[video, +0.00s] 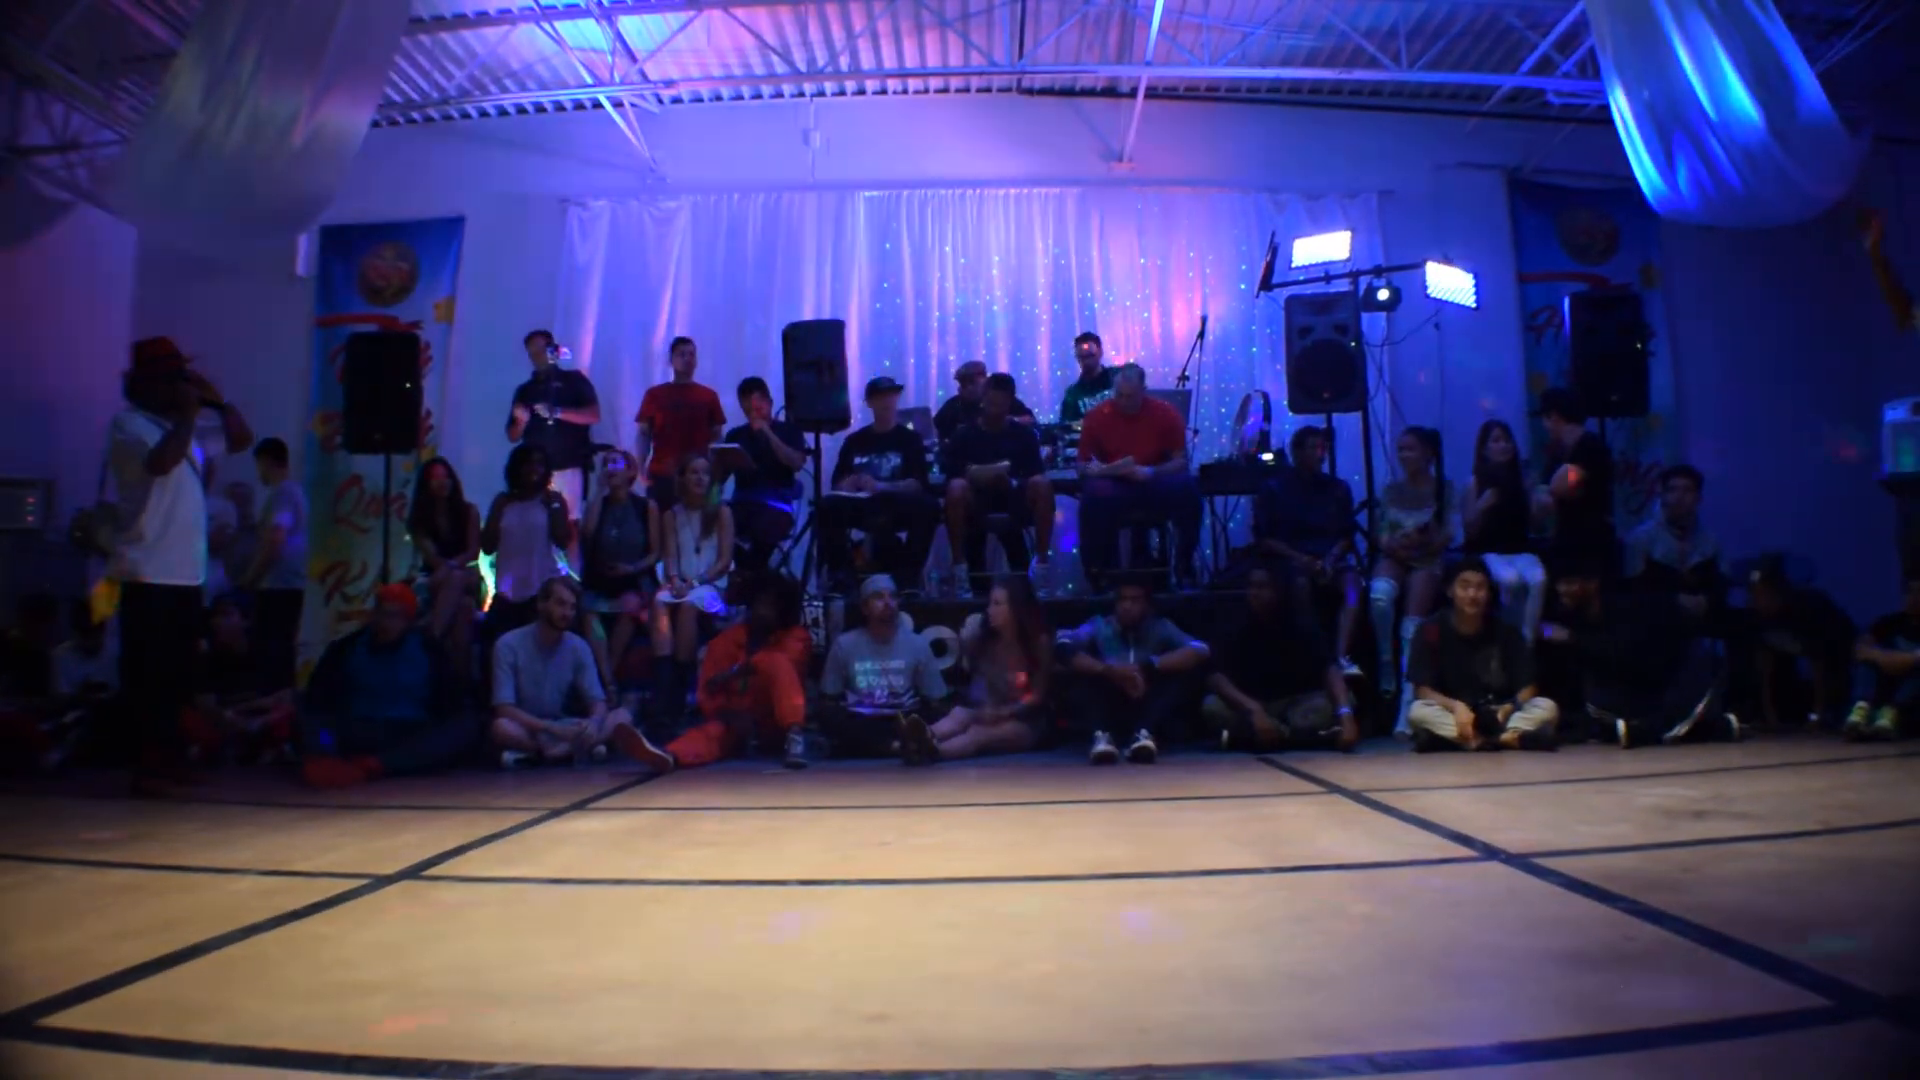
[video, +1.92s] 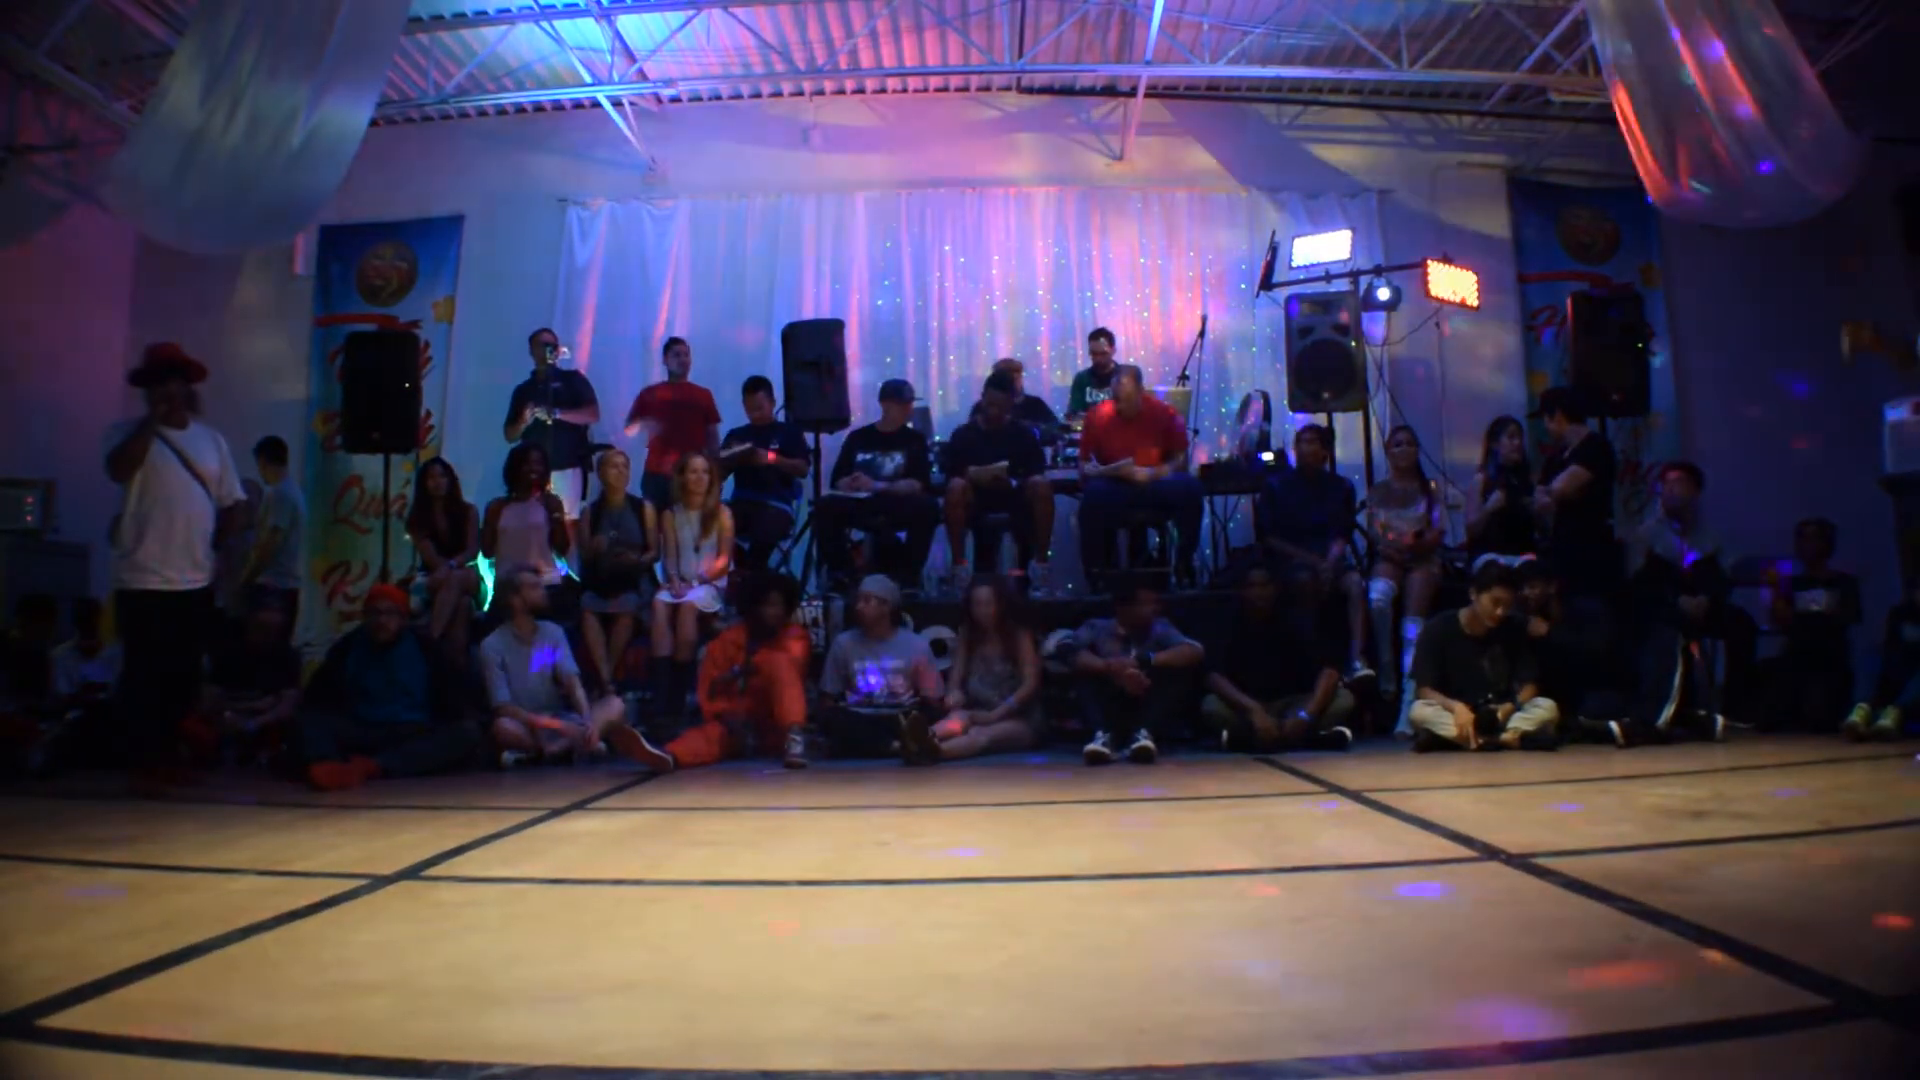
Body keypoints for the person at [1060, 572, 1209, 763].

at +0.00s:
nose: (1128, 607)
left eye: (1135, 601)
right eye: (1123, 601)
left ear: (1146, 604)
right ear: (1115, 604)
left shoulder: (1159, 628)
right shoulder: (1101, 628)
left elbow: (1200, 650)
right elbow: (1064, 647)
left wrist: (1150, 667)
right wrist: (1111, 671)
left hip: (1149, 701)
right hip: (1108, 701)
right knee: (1092, 677)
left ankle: (1144, 734)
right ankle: (1101, 736)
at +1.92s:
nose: (1151, 610)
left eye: (1154, 604)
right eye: (1144, 604)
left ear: (1157, 606)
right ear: (1124, 607)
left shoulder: (1158, 629)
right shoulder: (1098, 629)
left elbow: (1194, 651)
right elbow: (1067, 650)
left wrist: (1146, 661)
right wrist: (1114, 669)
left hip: (1148, 702)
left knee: (1173, 670)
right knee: (1088, 672)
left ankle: (1144, 733)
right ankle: (1101, 734)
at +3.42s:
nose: (1134, 606)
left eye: (1134, 600)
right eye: (1126, 601)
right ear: (1107, 609)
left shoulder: (1145, 626)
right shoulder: (1088, 632)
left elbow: (1185, 647)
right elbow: (1059, 654)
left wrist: (1137, 659)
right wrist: (1107, 669)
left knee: (1163, 669)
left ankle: (1143, 733)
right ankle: (1099, 733)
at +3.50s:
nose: (1133, 606)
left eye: (1132, 600)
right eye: (1125, 601)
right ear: (1105, 610)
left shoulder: (1143, 627)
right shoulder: (1086, 633)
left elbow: (1185, 647)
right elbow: (1053, 652)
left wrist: (1136, 659)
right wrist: (1105, 668)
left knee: (1160, 668)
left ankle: (1142, 734)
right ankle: (1099, 734)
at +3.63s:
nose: (1131, 606)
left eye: (1130, 599)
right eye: (1123, 600)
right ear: (1104, 609)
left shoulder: (1141, 631)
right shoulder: (1085, 635)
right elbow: (1069, 662)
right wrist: (1109, 668)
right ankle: (1092, 734)